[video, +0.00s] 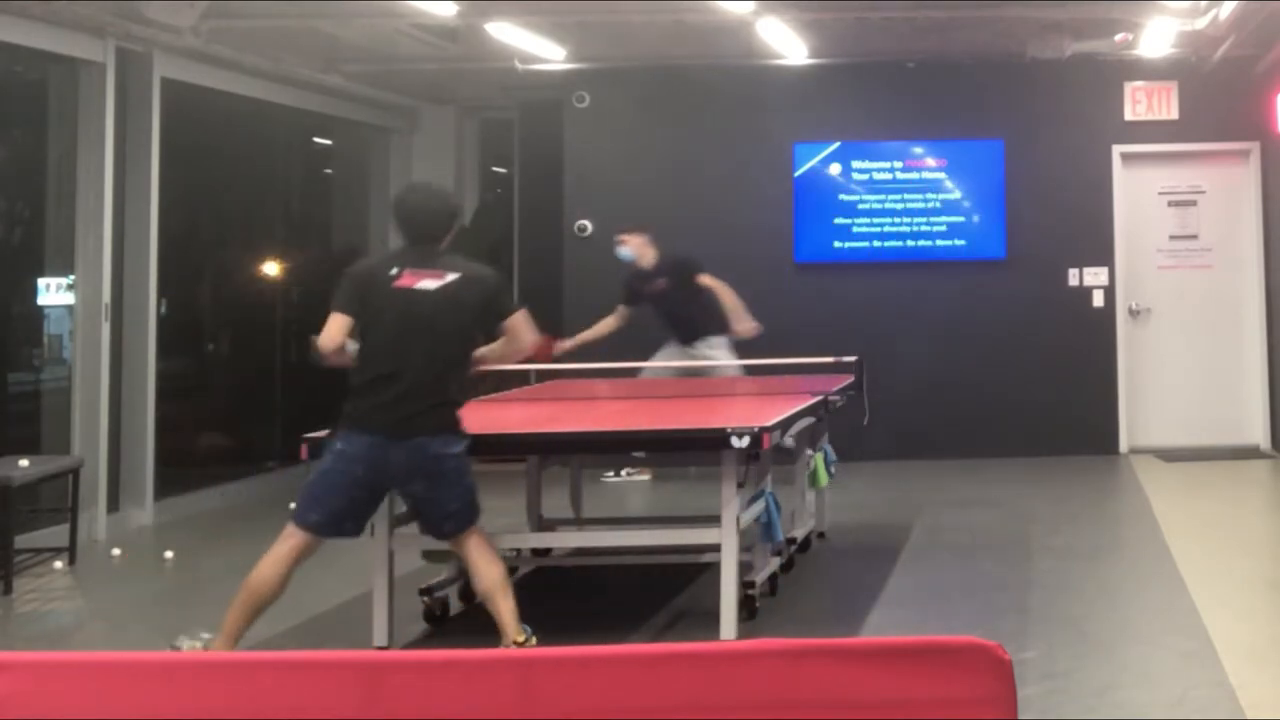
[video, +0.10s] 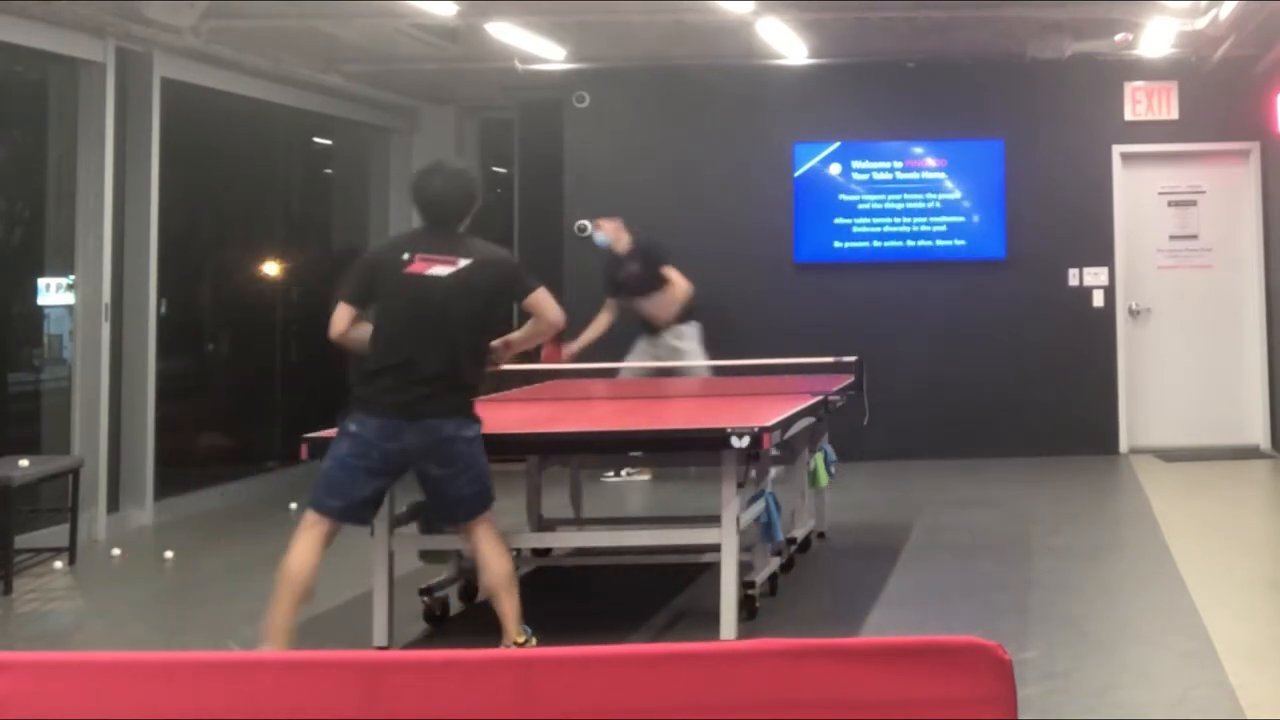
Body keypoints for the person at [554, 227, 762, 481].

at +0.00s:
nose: (622, 249)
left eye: (627, 242)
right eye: (620, 244)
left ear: (645, 241)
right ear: (625, 251)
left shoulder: (677, 266)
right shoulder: (636, 283)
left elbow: (718, 286)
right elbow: (617, 319)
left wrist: (740, 320)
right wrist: (572, 343)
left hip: (712, 344)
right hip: (679, 348)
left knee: (739, 397)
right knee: (641, 389)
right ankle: (639, 463)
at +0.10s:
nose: (598, 234)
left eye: (601, 226)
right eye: (596, 229)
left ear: (618, 225)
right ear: (601, 234)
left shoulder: (647, 251)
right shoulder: (613, 267)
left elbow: (683, 285)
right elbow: (607, 314)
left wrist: (666, 308)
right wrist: (575, 346)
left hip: (682, 334)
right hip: (650, 338)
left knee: (701, 392)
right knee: (622, 390)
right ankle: (636, 462)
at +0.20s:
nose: (584, 216)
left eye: (587, 209)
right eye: (581, 211)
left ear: (604, 207)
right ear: (587, 214)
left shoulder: (625, 232)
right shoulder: (599, 241)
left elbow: (637, 255)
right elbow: (592, 284)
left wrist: (590, 243)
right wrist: (559, 298)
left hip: (652, 319)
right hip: (625, 324)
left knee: (672, 385)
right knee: (611, 385)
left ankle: (707, 450)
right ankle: (632, 455)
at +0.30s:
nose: (577, 206)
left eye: (581, 200)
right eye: (574, 201)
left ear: (595, 201)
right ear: (573, 205)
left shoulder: (608, 225)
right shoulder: (582, 234)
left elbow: (579, 206)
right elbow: (558, 243)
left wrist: (545, 182)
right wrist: (525, 224)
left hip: (630, 311)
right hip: (603, 315)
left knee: (635, 380)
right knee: (584, 374)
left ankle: (647, 449)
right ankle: (610, 444)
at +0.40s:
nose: (558, 201)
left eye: (562, 195)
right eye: (556, 196)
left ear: (576, 198)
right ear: (560, 202)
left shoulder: (585, 216)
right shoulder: (567, 221)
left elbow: (551, 189)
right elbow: (538, 206)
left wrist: (525, 151)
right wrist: (511, 177)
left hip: (605, 314)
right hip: (583, 315)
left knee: (605, 386)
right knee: (558, 379)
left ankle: (620, 455)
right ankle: (563, 452)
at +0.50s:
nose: (536, 208)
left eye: (541, 204)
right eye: (538, 203)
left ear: (556, 206)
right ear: (561, 207)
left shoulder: (562, 230)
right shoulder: (568, 231)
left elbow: (531, 193)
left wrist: (512, 151)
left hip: (572, 320)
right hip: (561, 319)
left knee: (581, 392)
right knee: (538, 390)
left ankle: (617, 456)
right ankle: (523, 455)